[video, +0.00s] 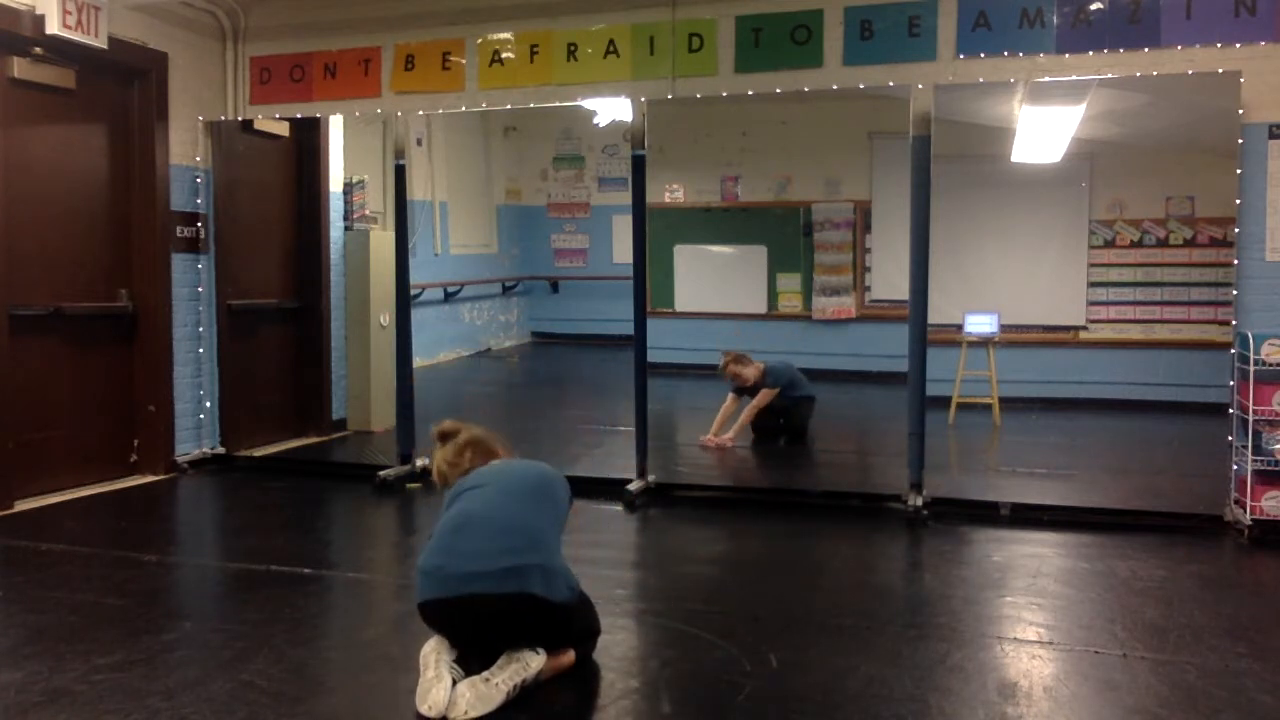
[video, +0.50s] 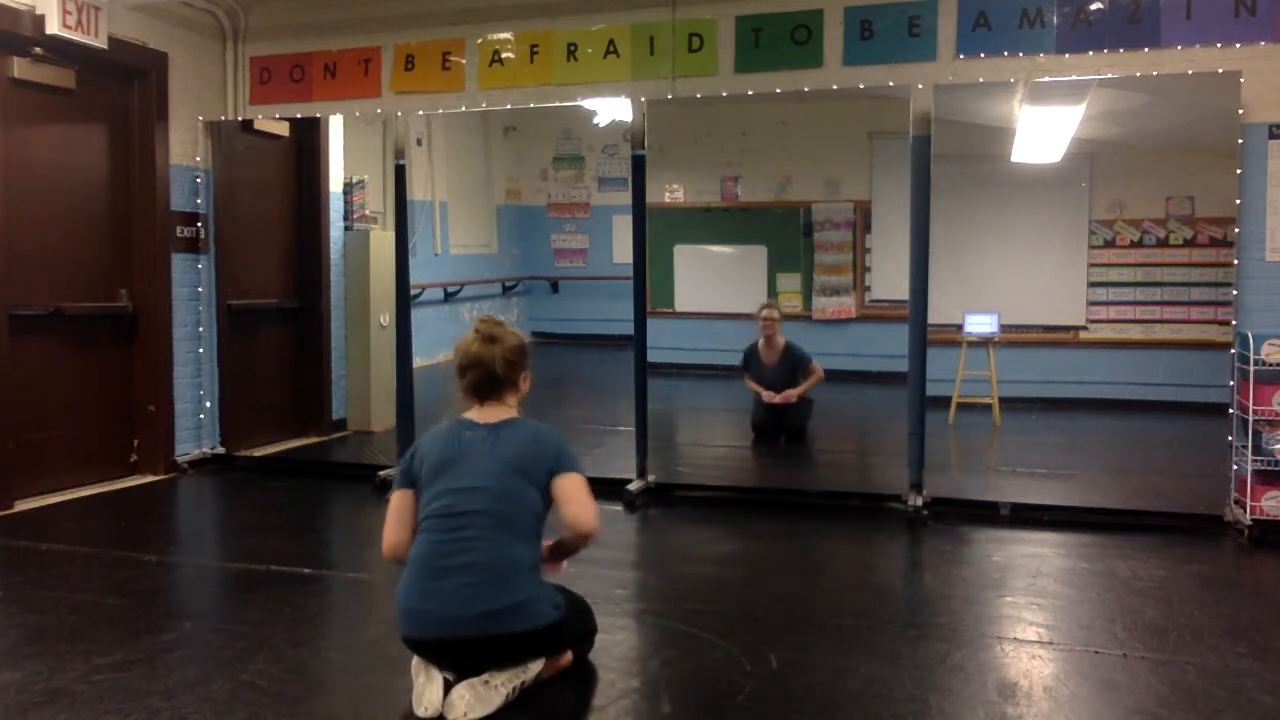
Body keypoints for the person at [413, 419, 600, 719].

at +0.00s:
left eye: (446, 483)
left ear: (456, 474)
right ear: (500, 455)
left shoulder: (458, 489)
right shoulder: (552, 476)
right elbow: (547, 545)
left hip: (441, 594)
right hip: (532, 589)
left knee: (486, 649)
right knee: (583, 638)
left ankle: (443, 660)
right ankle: (531, 666)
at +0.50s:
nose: (531, 381)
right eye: (529, 373)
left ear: (465, 381)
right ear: (522, 382)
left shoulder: (426, 445)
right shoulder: (544, 440)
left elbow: (394, 545)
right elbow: (583, 525)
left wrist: (448, 547)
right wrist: (555, 552)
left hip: (425, 627)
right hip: (514, 623)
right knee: (581, 624)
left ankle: (440, 675)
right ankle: (499, 685)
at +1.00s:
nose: (618, 435)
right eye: (619, 426)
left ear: (561, 405)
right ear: (611, 430)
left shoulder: (503, 446)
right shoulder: (585, 479)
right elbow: (592, 595)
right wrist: (614, 604)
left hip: (424, 604)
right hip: (507, 604)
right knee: (583, 629)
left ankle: (438, 666)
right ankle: (503, 681)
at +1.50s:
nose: (633, 516)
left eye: (637, 509)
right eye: (635, 506)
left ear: (587, 472)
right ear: (623, 489)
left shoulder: (531, 482)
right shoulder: (593, 501)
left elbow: (617, 558)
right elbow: (649, 567)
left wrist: (662, 589)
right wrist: (689, 601)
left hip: (433, 586)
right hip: (517, 583)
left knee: (490, 650)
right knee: (581, 636)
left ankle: (442, 663)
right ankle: (527, 666)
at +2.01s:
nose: (568, 388)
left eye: (564, 380)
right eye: (565, 381)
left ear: (503, 396)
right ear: (559, 391)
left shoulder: (468, 444)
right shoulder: (572, 451)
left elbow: (424, 529)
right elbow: (570, 560)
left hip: (432, 619)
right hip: (521, 616)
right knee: (582, 621)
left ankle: (444, 674)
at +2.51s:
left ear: (451, 440)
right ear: (499, 419)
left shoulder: (447, 481)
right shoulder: (549, 461)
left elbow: (437, 541)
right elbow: (559, 532)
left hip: (446, 616)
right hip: (540, 614)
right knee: (586, 630)